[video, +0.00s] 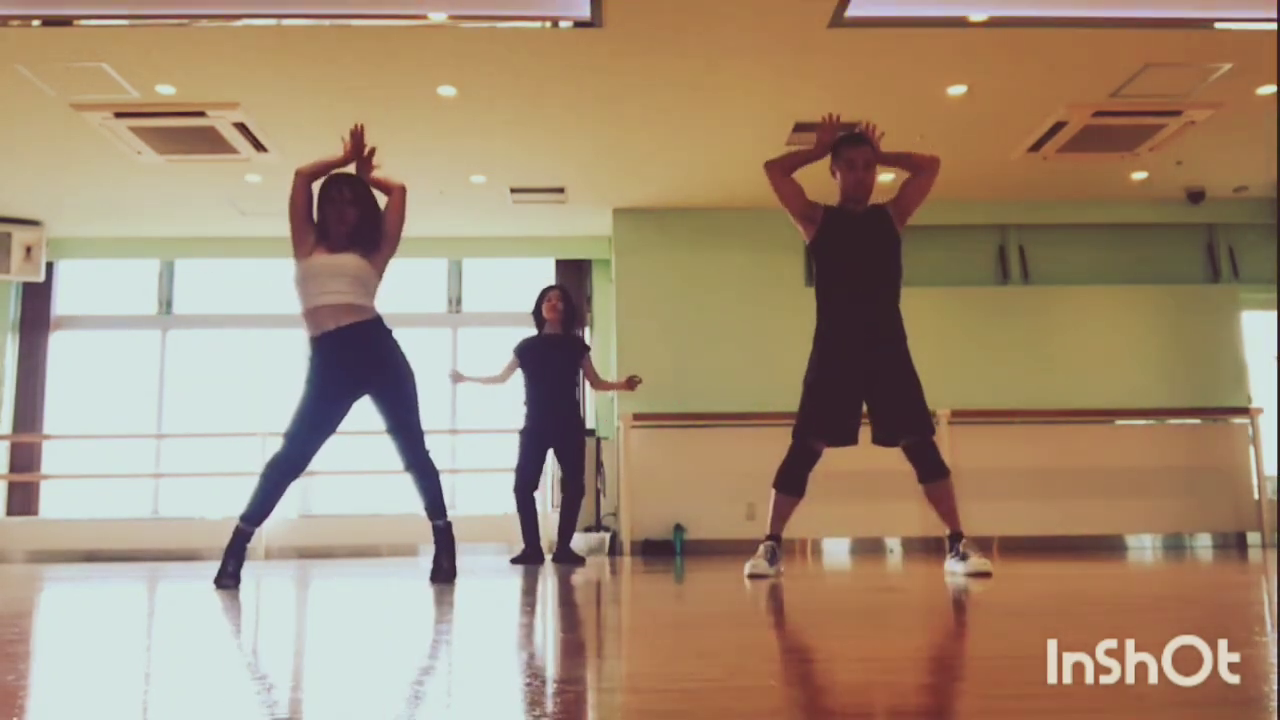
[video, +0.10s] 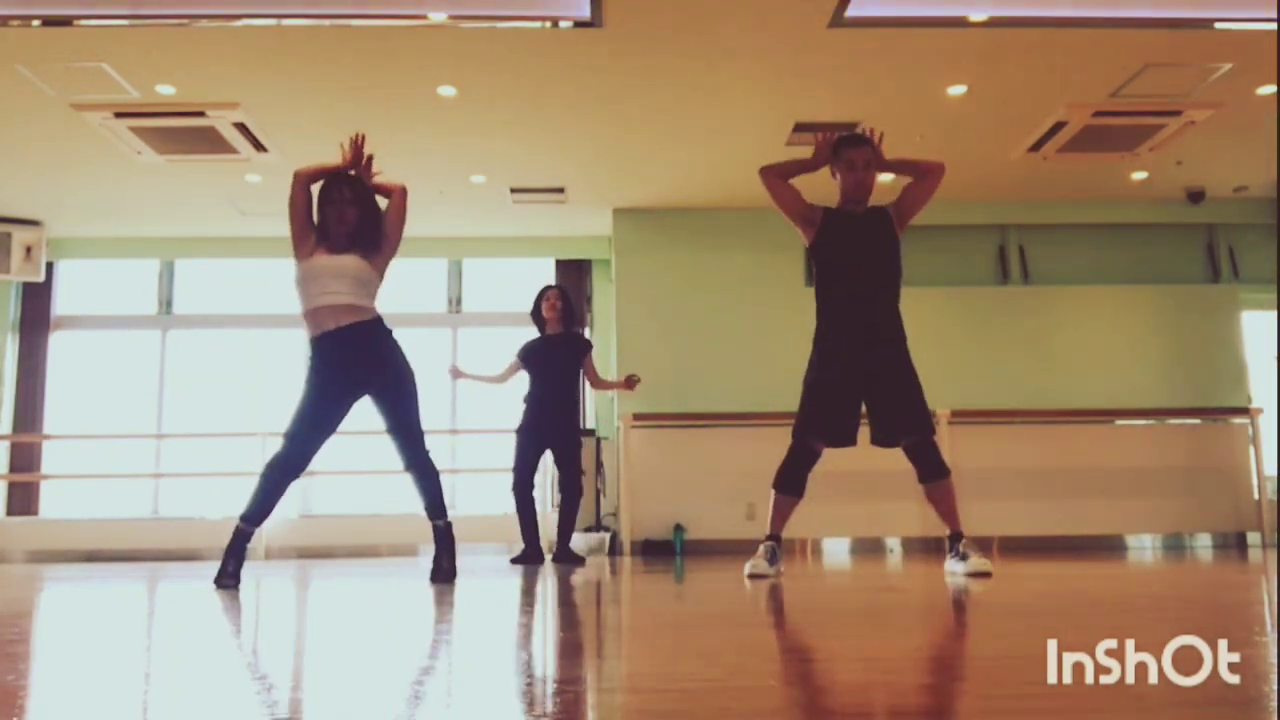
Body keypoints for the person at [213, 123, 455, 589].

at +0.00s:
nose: (338, 211)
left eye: (347, 204)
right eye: (331, 204)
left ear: (362, 212)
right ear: (320, 210)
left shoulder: (374, 252)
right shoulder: (307, 248)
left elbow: (399, 192)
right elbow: (302, 178)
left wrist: (369, 173)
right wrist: (343, 159)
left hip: (379, 355)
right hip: (330, 365)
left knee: (414, 452)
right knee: (290, 460)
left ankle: (444, 540)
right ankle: (237, 544)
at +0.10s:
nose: (342, 212)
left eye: (350, 205)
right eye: (334, 204)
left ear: (363, 213)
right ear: (320, 211)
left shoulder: (374, 254)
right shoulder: (307, 248)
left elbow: (399, 193)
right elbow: (299, 180)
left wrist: (366, 180)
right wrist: (342, 166)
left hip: (380, 355)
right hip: (330, 364)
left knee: (414, 452)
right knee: (292, 459)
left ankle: (444, 539)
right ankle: (238, 543)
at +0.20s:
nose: (341, 212)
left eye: (350, 205)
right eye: (333, 204)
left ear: (363, 213)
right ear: (320, 212)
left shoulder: (374, 254)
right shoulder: (307, 248)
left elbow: (397, 195)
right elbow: (300, 180)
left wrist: (364, 188)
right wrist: (342, 174)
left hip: (380, 353)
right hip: (330, 361)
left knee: (414, 451)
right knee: (292, 458)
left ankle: (444, 539)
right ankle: (238, 543)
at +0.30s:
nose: (340, 211)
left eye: (349, 203)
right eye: (332, 203)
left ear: (364, 211)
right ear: (321, 211)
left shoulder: (375, 254)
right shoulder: (308, 247)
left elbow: (393, 195)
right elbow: (299, 179)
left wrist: (367, 188)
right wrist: (343, 175)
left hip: (380, 354)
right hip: (330, 362)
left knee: (413, 451)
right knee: (292, 458)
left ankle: (444, 539)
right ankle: (238, 542)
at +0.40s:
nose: (336, 211)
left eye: (346, 203)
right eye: (329, 204)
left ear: (362, 212)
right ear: (320, 211)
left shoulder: (376, 254)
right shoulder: (308, 248)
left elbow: (389, 196)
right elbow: (300, 180)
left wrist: (361, 187)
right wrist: (339, 176)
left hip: (379, 354)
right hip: (329, 360)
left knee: (412, 449)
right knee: (291, 457)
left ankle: (444, 539)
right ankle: (238, 541)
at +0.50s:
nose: (337, 211)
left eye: (346, 203)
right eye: (330, 204)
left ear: (362, 212)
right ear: (319, 212)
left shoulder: (377, 254)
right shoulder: (308, 250)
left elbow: (381, 208)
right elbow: (301, 182)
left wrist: (374, 197)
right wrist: (334, 178)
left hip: (378, 354)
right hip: (329, 361)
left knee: (412, 450)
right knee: (290, 458)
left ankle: (444, 539)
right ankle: (237, 542)